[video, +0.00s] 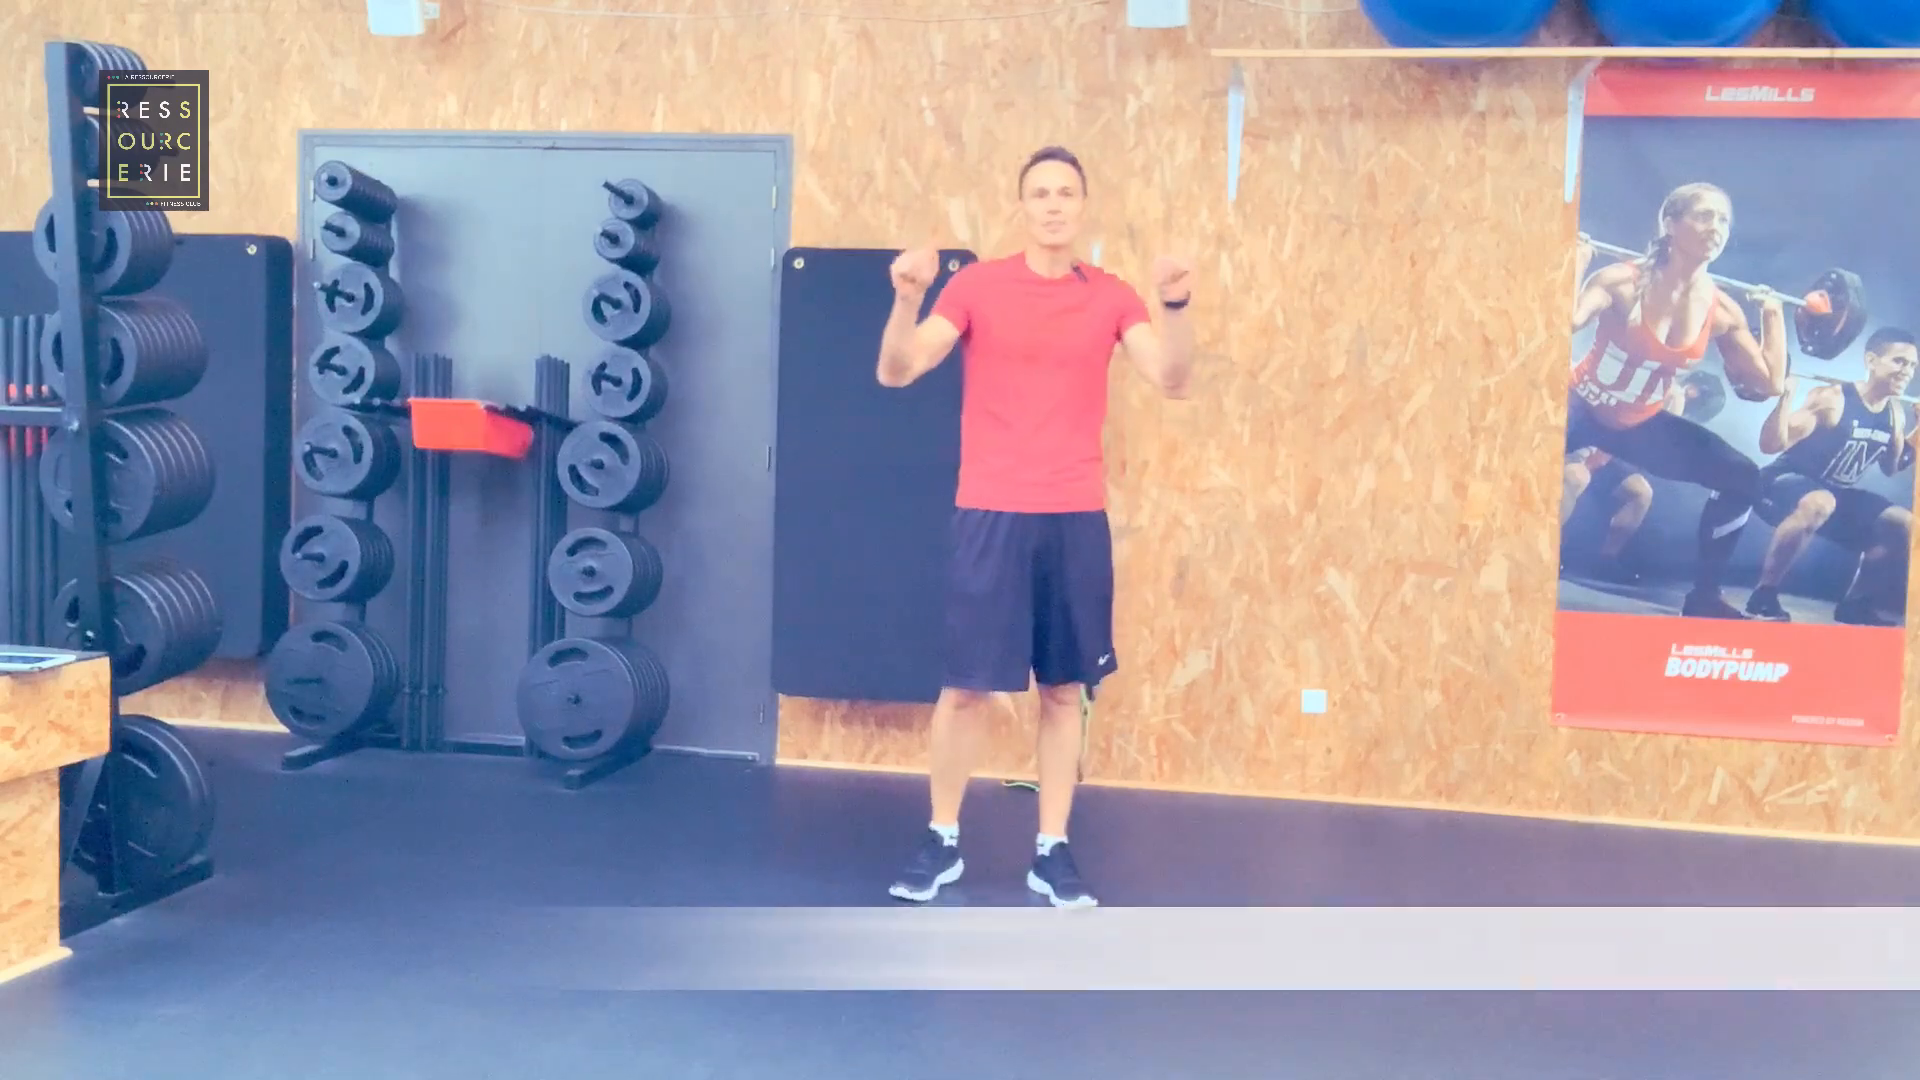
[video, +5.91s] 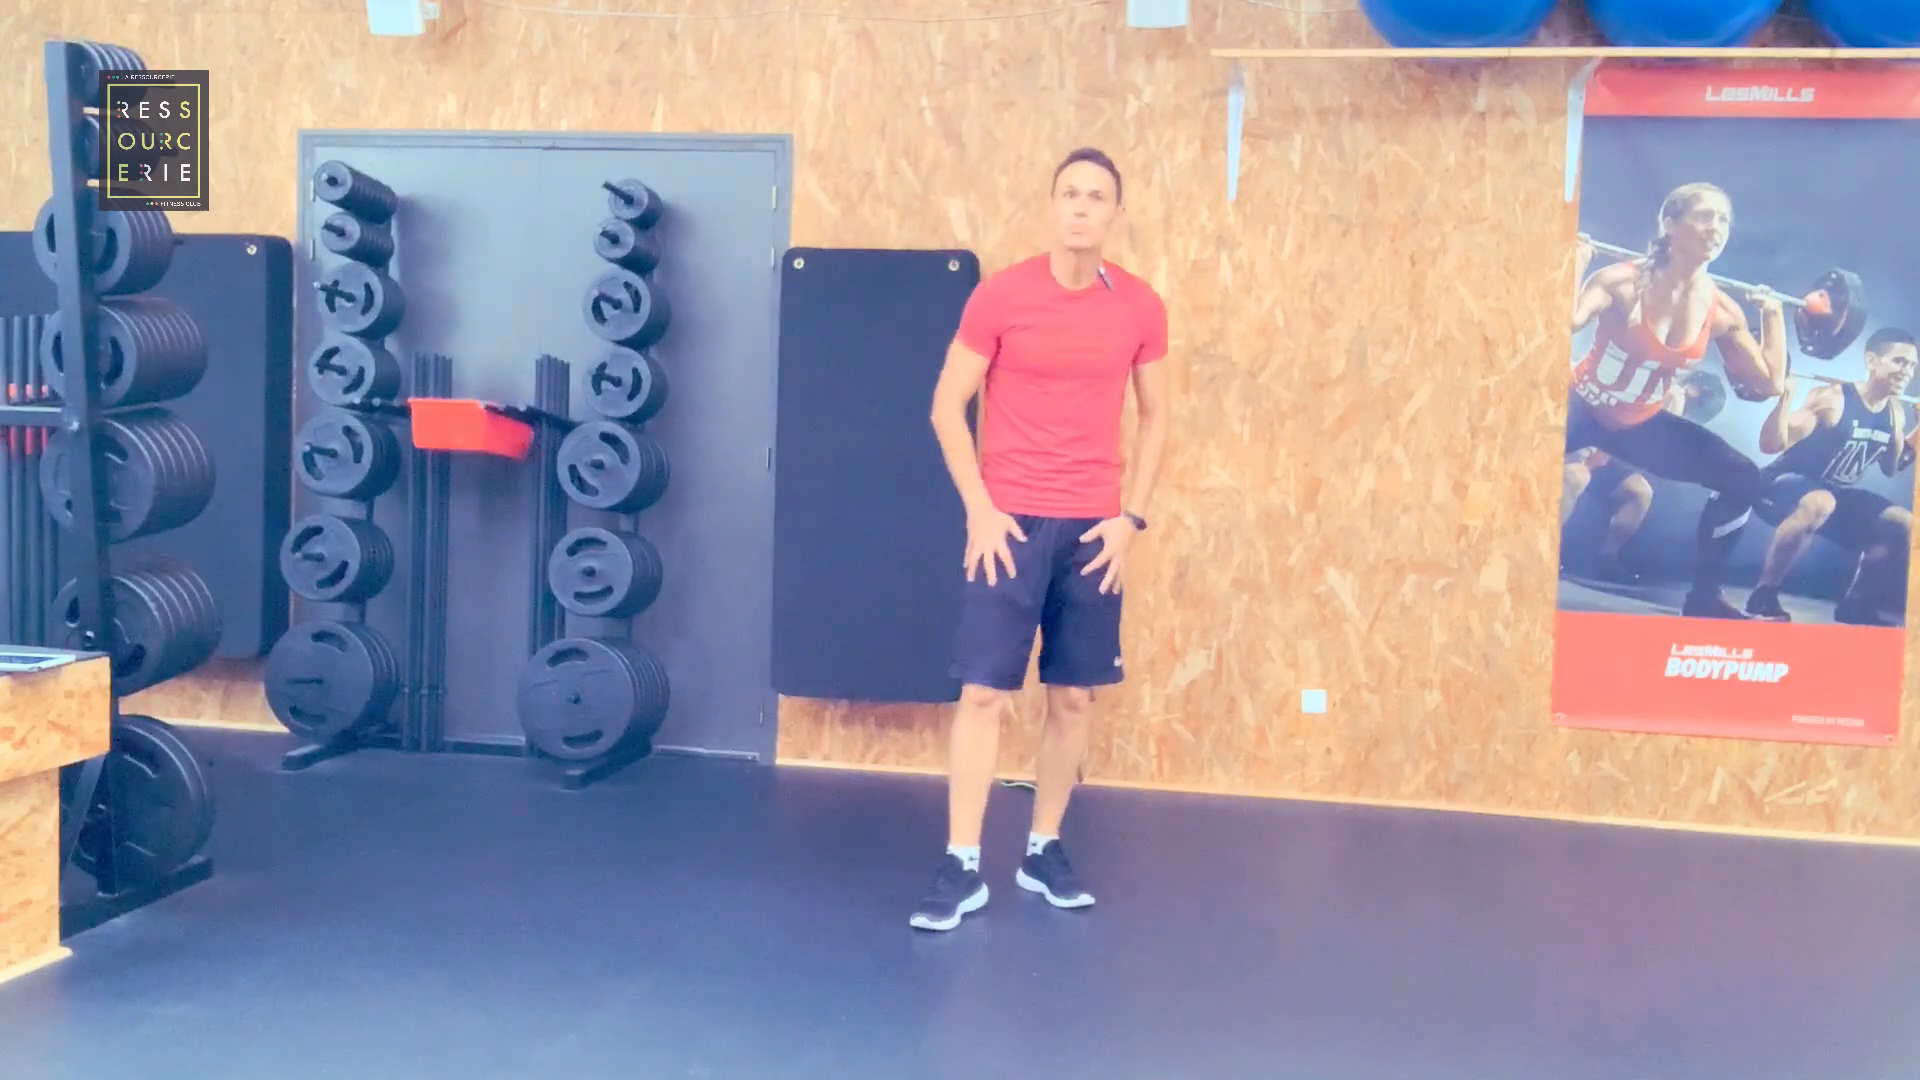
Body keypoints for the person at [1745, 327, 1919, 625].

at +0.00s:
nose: (1906, 372)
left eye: (1912, 365)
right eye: (1899, 361)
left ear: (1914, 372)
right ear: (1871, 361)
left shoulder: (1894, 413)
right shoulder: (1830, 398)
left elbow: (1891, 467)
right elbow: (1769, 444)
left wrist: (1910, 441)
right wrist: (1785, 396)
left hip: (1839, 495)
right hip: (1786, 481)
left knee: (1905, 525)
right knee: (1820, 503)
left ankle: (1854, 605)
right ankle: (1763, 596)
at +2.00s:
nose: (1906, 371)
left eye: (1911, 365)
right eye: (1899, 361)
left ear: (1914, 371)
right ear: (1871, 361)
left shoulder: (1894, 412)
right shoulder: (1831, 398)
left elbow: (1891, 467)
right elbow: (1769, 444)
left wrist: (1911, 443)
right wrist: (1786, 395)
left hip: (1839, 495)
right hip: (1785, 481)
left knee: (1906, 526)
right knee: (1821, 502)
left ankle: (1854, 604)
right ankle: (1764, 595)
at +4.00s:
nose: (1906, 371)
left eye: (1911, 365)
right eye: (1899, 361)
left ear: (1914, 371)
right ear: (1871, 361)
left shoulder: (1894, 412)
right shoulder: (1830, 398)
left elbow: (1892, 467)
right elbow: (1769, 444)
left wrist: (1912, 443)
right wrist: (1785, 396)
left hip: (1839, 495)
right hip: (1785, 482)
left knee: (1904, 524)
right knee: (1821, 502)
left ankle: (1854, 605)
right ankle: (1763, 596)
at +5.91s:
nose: (1906, 372)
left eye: (1911, 365)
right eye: (1899, 361)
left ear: (1913, 371)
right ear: (1872, 361)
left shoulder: (1894, 411)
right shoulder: (1831, 397)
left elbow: (1891, 466)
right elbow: (1768, 444)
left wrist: (1911, 441)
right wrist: (1784, 398)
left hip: (1839, 494)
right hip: (1785, 481)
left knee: (1905, 524)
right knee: (1820, 502)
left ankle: (1855, 605)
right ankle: (1763, 595)